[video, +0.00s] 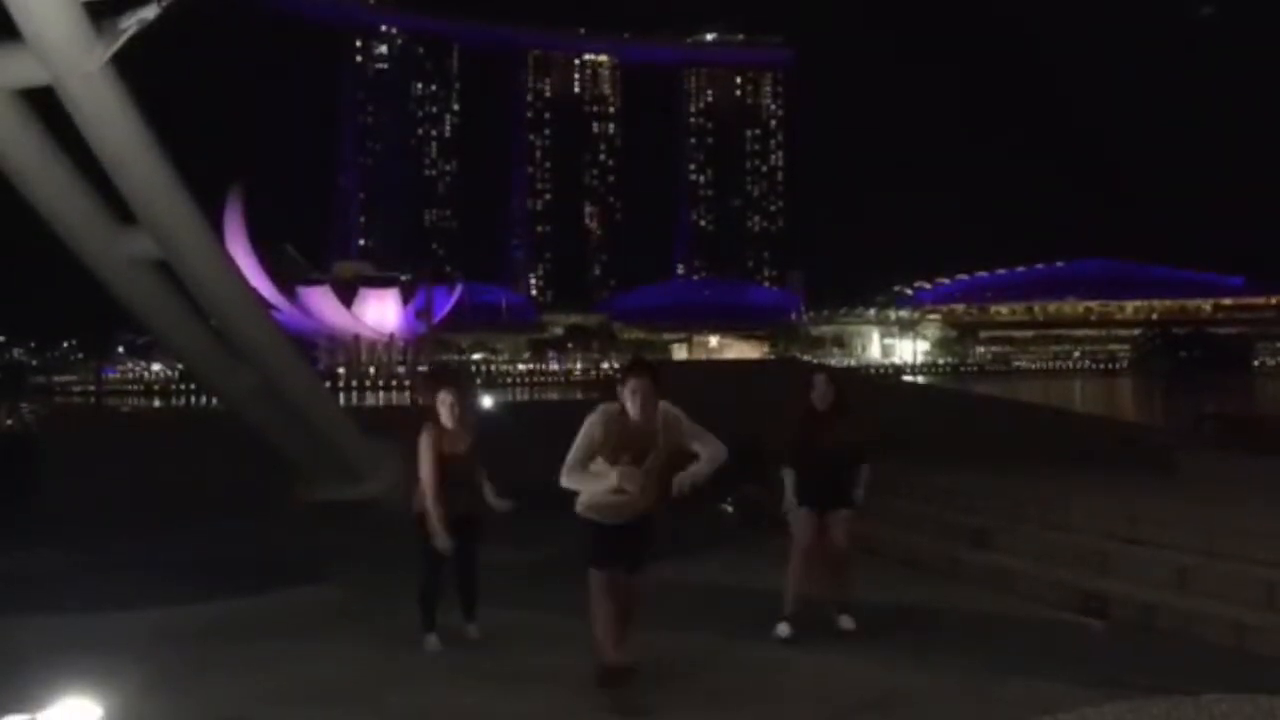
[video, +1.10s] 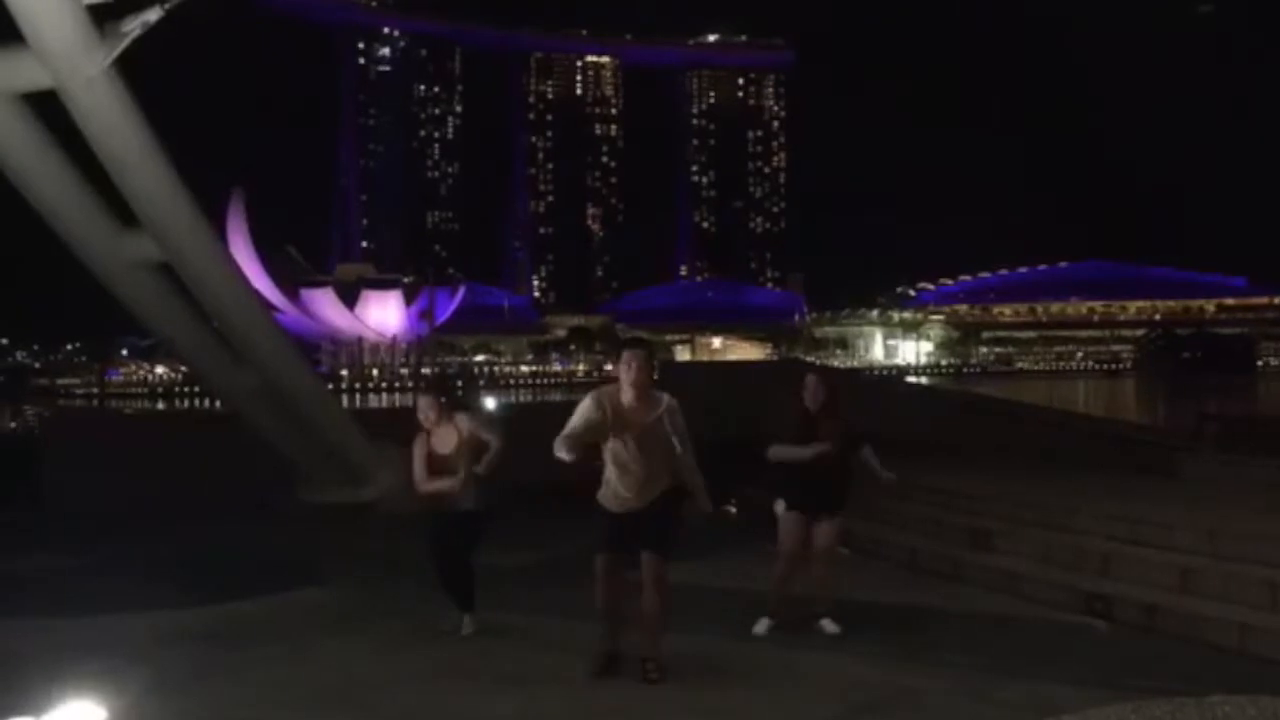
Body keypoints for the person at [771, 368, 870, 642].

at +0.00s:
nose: (820, 394)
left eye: (825, 388)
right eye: (816, 388)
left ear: (834, 391)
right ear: (810, 391)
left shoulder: (847, 422)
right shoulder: (800, 422)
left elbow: (862, 461)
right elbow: (789, 464)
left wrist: (859, 492)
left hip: (839, 495)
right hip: (806, 495)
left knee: (841, 552)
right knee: (800, 552)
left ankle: (843, 610)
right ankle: (788, 615)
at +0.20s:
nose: (817, 400)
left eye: (822, 394)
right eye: (813, 394)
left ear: (832, 398)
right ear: (808, 398)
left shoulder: (843, 428)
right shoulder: (799, 427)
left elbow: (856, 464)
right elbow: (773, 456)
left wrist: (829, 465)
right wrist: (753, 474)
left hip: (834, 498)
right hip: (800, 495)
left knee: (831, 554)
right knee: (789, 549)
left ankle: (841, 609)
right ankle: (781, 602)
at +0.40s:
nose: (797, 393)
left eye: (802, 387)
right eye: (794, 387)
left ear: (814, 389)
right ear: (790, 389)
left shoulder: (827, 416)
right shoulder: (785, 415)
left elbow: (849, 449)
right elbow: (758, 439)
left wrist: (833, 477)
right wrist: (764, 465)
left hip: (817, 484)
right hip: (789, 481)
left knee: (803, 538)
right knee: (787, 540)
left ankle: (824, 599)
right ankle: (794, 600)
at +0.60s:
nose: (786, 410)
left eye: (791, 406)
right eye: (786, 405)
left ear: (807, 409)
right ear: (787, 407)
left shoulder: (825, 432)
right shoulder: (784, 432)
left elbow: (856, 427)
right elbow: (740, 443)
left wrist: (857, 448)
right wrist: (768, 427)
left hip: (817, 498)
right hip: (794, 495)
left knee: (767, 531)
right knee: (793, 547)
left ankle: (759, 600)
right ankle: (797, 604)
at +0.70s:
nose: (789, 406)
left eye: (795, 401)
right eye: (788, 400)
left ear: (809, 404)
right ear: (786, 403)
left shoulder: (822, 429)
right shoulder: (789, 431)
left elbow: (855, 434)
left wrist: (847, 456)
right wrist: (762, 437)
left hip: (818, 491)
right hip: (791, 488)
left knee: (780, 537)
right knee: (771, 532)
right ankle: (793, 600)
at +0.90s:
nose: (803, 388)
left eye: (808, 382)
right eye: (799, 382)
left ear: (818, 387)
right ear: (794, 386)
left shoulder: (830, 420)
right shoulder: (787, 417)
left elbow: (847, 455)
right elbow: (755, 445)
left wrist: (854, 486)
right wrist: (775, 432)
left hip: (821, 491)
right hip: (786, 490)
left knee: (816, 551)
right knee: (780, 548)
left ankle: (820, 611)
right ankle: (786, 600)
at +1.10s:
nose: (810, 394)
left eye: (816, 388)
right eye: (807, 388)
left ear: (827, 392)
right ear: (801, 391)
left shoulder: (838, 423)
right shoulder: (792, 419)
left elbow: (863, 449)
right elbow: (773, 451)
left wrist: (880, 473)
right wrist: (809, 452)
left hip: (829, 498)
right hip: (793, 497)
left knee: (824, 559)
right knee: (787, 555)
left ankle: (823, 614)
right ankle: (772, 614)